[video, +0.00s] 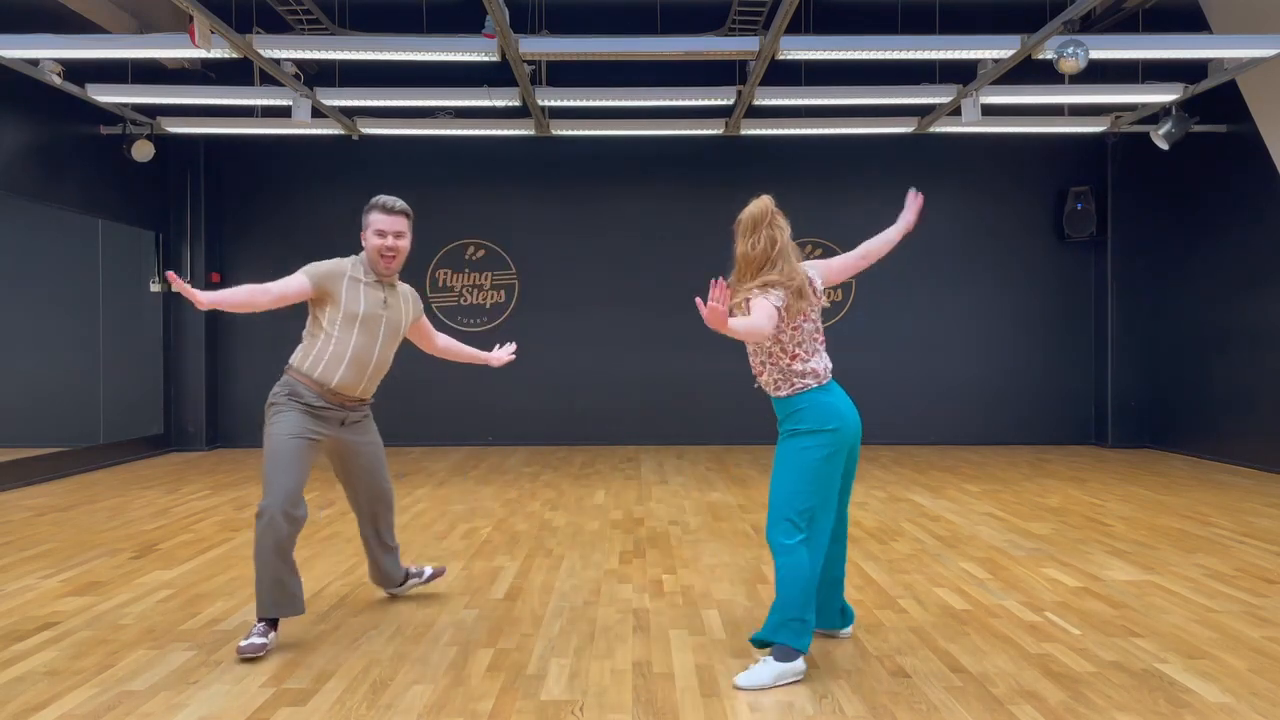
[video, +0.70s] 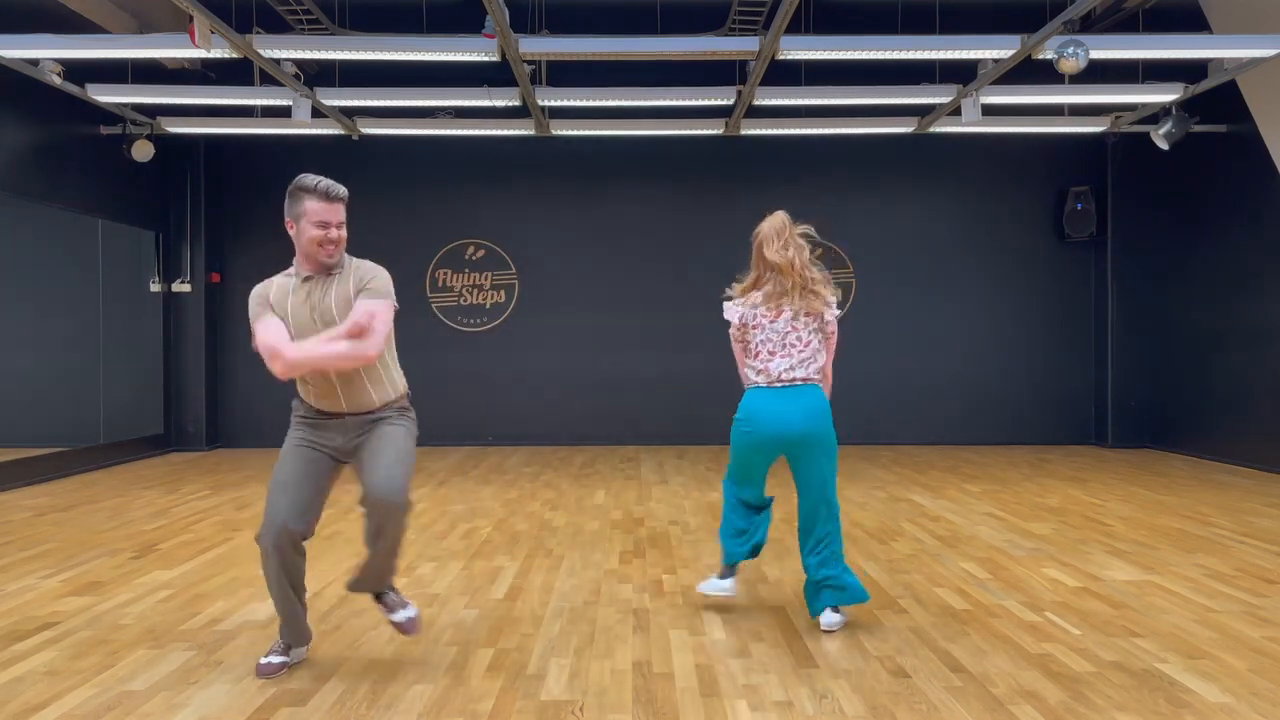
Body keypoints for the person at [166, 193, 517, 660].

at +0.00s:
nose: (390, 244)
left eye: (399, 235)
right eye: (381, 234)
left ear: (410, 241)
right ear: (363, 236)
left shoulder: (407, 300)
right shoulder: (332, 275)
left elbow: (434, 342)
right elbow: (267, 294)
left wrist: (487, 356)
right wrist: (205, 298)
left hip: (355, 414)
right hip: (299, 402)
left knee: (378, 497)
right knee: (279, 504)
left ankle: (391, 576)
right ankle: (267, 618)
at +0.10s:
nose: (371, 235)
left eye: (380, 226)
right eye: (361, 225)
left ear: (392, 233)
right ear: (344, 229)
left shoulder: (396, 295)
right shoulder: (311, 270)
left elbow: (421, 345)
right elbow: (241, 298)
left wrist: (462, 386)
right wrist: (174, 313)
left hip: (339, 413)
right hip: (279, 401)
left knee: (359, 504)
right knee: (260, 510)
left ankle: (367, 582)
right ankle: (262, 627)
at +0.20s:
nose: (351, 229)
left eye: (361, 220)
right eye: (342, 219)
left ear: (374, 225)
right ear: (325, 222)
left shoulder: (389, 294)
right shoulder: (292, 269)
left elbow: (401, 363)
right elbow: (235, 320)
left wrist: (417, 426)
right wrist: (173, 368)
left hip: (329, 412)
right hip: (266, 399)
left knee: (344, 512)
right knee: (254, 512)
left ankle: (337, 591)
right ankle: (256, 627)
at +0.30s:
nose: (339, 224)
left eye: (348, 215)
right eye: (328, 214)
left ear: (360, 219)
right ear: (309, 217)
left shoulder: (380, 292)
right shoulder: (275, 273)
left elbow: (377, 365)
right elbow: (265, 340)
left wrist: (366, 428)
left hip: (324, 414)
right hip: (259, 401)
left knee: (322, 526)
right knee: (246, 512)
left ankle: (304, 588)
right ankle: (256, 625)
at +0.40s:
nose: (333, 224)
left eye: (340, 215)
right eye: (321, 214)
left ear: (350, 218)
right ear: (296, 216)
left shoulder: (372, 275)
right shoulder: (268, 273)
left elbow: (376, 336)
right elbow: (294, 330)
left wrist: (325, 330)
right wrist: (353, 323)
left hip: (325, 410)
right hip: (262, 399)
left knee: (304, 496)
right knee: (237, 517)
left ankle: (286, 555)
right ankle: (255, 627)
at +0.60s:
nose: (332, 226)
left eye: (339, 216)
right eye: (320, 216)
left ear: (346, 219)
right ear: (291, 218)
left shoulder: (370, 267)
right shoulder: (263, 272)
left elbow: (360, 320)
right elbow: (292, 317)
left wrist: (296, 271)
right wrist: (353, 263)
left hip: (361, 406)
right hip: (294, 407)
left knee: (332, 470)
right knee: (269, 521)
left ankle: (314, 549)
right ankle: (288, 634)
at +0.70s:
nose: (334, 236)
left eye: (340, 225)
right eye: (321, 226)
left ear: (347, 225)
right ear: (291, 226)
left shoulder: (371, 277)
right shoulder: (267, 295)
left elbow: (371, 348)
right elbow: (282, 363)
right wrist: (346, 333)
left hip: (385, 417)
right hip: (313, 422)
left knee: (388, 495)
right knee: (278, 532)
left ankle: (379, 583)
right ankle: (294, 637)